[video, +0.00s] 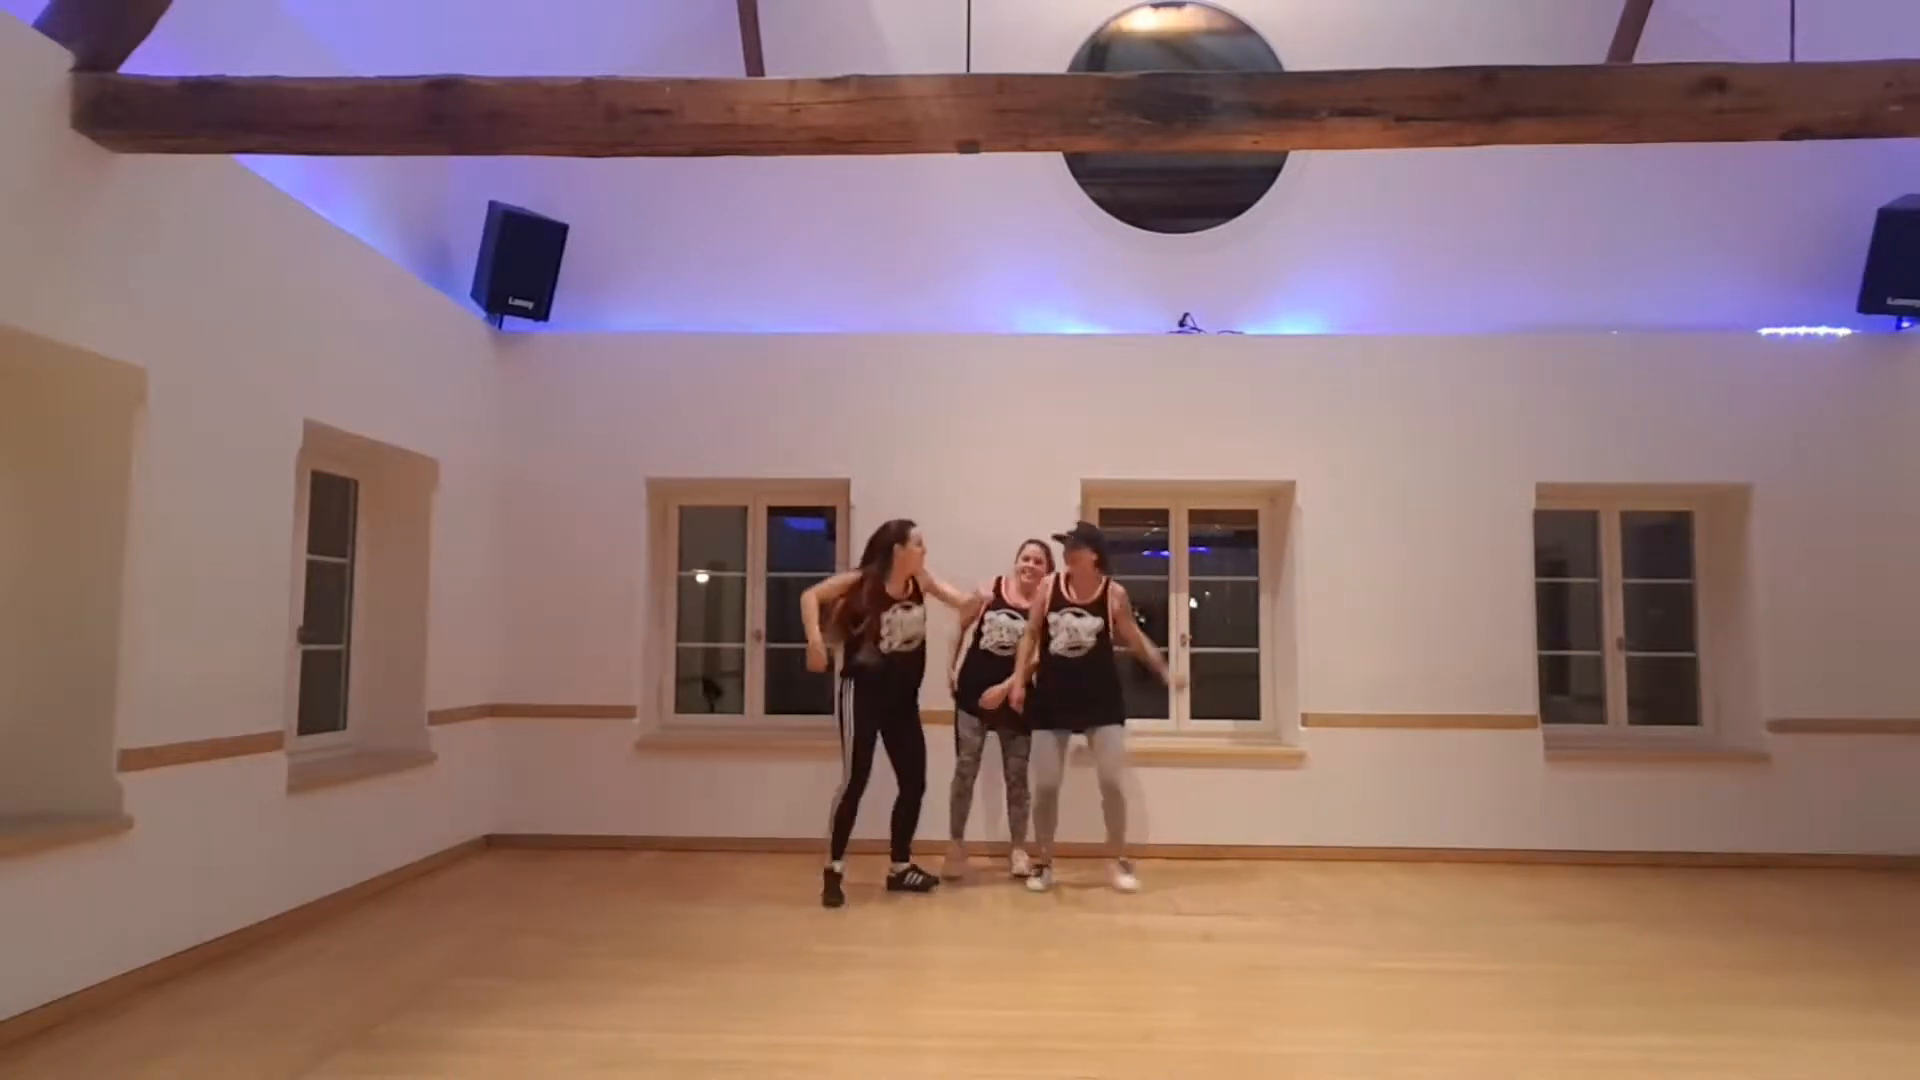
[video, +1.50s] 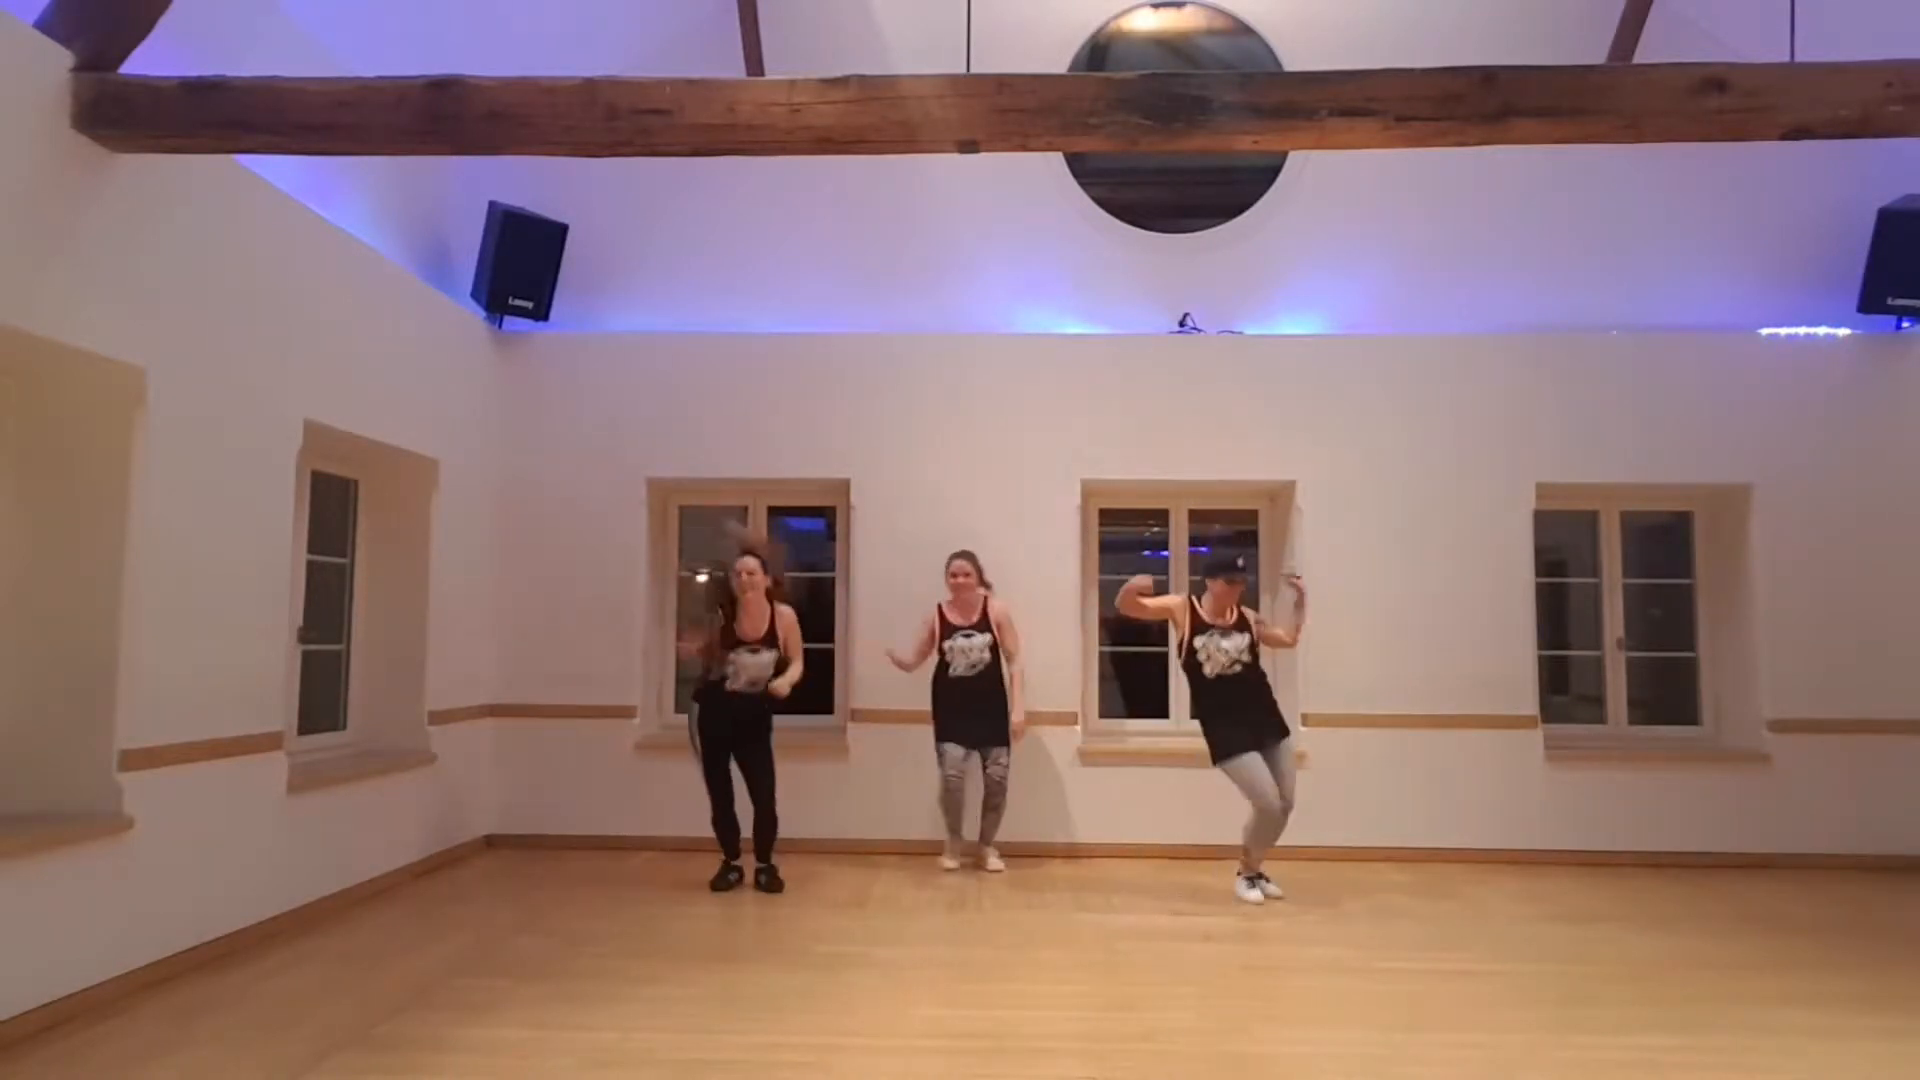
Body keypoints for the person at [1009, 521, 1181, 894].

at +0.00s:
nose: (1069, 556)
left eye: (1077, 551)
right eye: (1068, 550)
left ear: (1095, 555)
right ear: (1065, 554)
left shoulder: (1114, 594)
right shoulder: (1049, 587)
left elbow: (1133, 637)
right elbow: (1031, 635)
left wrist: (1163, 672)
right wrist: (1018, 679)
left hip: (1101, 697)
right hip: (1052, 698)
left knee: (1111, 780)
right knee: (1045, 783)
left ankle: (1118, 860)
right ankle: (1042, 863)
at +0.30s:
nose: (1091, 587)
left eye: (1094, 580)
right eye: (1083, 581)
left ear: (1099, 583)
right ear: (1068, 585)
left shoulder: (1109, 605)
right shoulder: (1053, 619)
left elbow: (1131, 574)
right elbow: (1003, 636)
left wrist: (1162, 559)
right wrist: (992, 685)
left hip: (1088, 723)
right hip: (1042, 721)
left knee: (1069, 801)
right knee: (1044, 797)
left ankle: (1062, 860)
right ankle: (1045, 864)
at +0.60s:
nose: (1068, 556)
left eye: (1074, 549)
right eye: (1066, 549)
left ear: (1095, 550)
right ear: (1068, 552)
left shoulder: (1125, 586)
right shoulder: (1060, 587)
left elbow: (1137, 639)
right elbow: (1047, 640)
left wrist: (1111, 634)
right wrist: (1048, 688)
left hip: (1128, 692)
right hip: (1076, 696)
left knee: (1166, 766)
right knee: (1069, 779)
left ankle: (1180, 851)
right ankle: (1059, 861)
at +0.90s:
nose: (1136, 602)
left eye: (1140, 596)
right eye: (1135, 596)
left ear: (1155, 598)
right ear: (1142, 600)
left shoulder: (1185, 621)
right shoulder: (1132, 633)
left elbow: (1140, 627)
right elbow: (1106, 670)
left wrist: (1080, 629)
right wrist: (1084, 713)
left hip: (1175, 740)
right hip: (1118, 738)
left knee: (1221, 807)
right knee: (1080, 792)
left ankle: (1245, 876)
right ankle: (1075, 869)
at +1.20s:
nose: (1223, 562)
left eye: (1228, 556)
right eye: (1216, 556)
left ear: (1236, 556)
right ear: (1203, 557)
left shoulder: (1250, 584)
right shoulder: (1183, 592)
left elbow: (1268, 635)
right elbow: (1158, 643)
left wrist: (1282, 627)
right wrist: (1140, 691)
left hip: (1226, 695)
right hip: (1177, 695)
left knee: (1245, 780)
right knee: (1167, 769)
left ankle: (1251, 867)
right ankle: (1180, 854)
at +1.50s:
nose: (1237, 591)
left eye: (1240, 584)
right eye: (1231, 583)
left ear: (1243, 586)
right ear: (1210, 582)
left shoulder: (1246, 618)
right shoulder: (1182, 608)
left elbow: (1288, 638)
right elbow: (1126, 605)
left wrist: (1300, 601)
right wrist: (1132, 587)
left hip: (1266, 719)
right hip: (1225, 728)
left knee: (1284, 802)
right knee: (1268, 803)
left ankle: (1252, 870)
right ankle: (1248, 873)